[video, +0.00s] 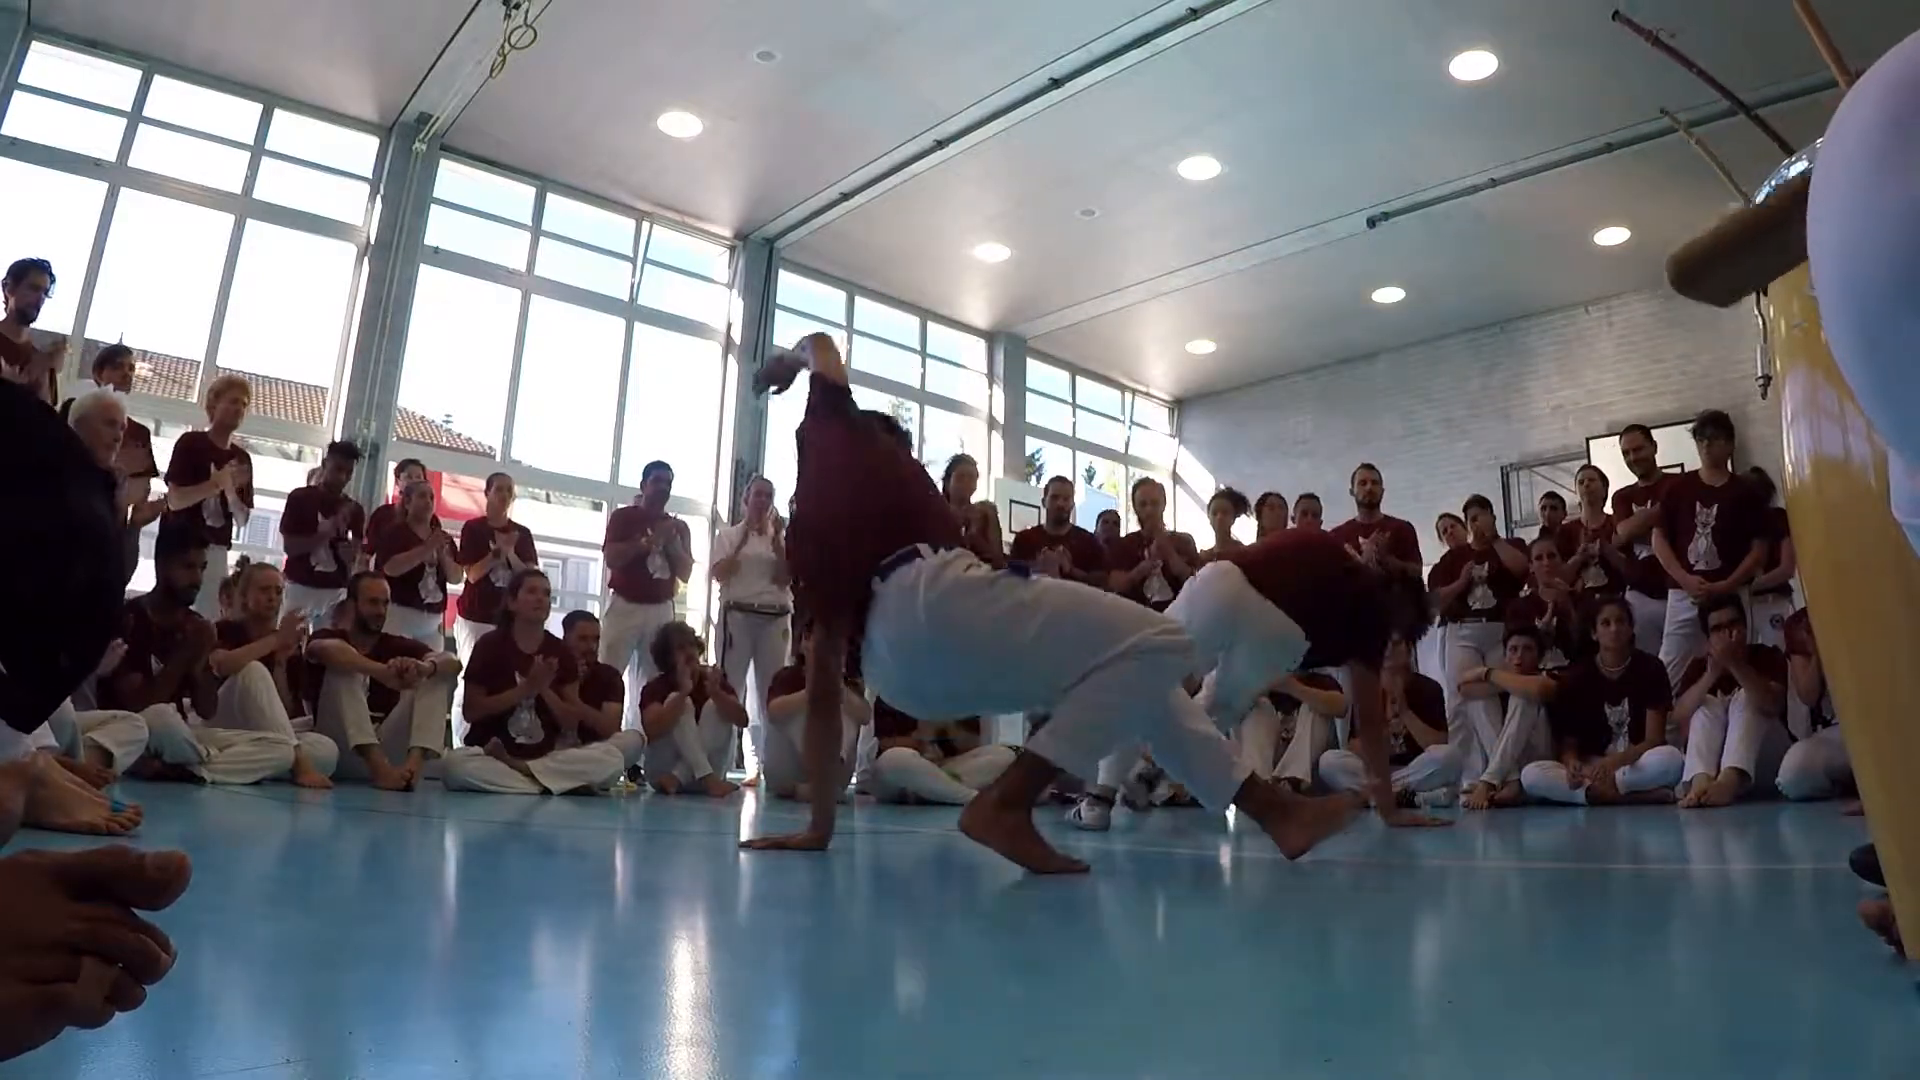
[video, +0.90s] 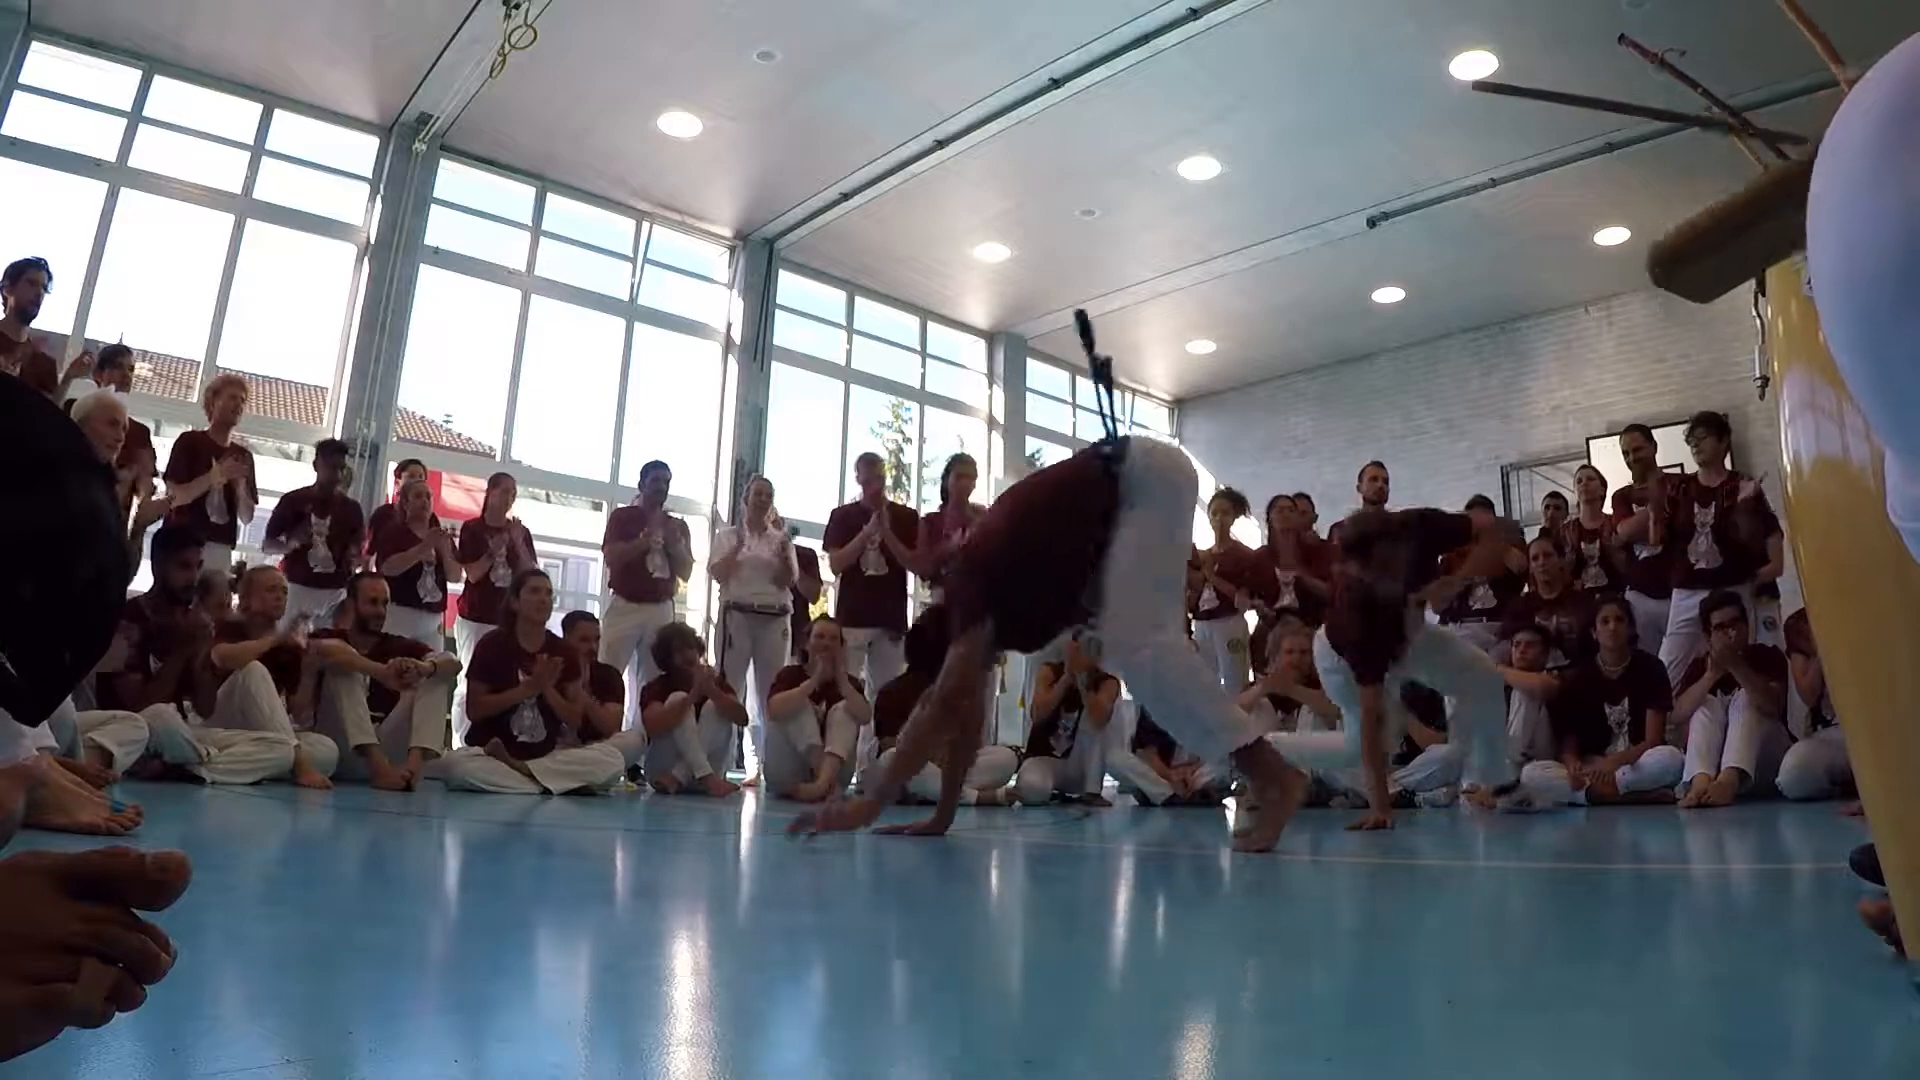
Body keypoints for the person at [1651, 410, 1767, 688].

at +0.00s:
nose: (1706, 446)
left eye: (1714, 440)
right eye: (1701, 440)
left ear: (1730, 445)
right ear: (1696, 445)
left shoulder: (1749, 491)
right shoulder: (1677, 488)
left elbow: (1759, 550)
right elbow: (1658, 539)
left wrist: (1726, 586)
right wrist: (1684, 579)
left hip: (1731, 594)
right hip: (1683, 596)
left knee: (1735, 671)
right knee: (1669, 673)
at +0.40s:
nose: (1702, 443)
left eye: (1710, 437)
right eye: (1697, 438)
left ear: (1729, 443)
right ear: (1693, 445)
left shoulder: (1748, 490)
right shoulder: (1677, 488)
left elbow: (1763, 550)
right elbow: (1653, 538)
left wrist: (1724, 571)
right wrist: (1684, 563)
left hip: (1731, 595)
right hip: (1684, 596)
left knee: (1733, 674)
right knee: (1668, 674)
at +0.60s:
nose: (1698, 445)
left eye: (1706, 438)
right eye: (1695, 440)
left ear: (1726, 443)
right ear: (1691, 446)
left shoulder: (1743, 483)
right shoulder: (1680, 486)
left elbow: (1756, 540)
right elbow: (1664, 536)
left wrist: (1721, 522)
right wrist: (1698, 533)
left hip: (1735, 587)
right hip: (1688, 590)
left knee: (1739, 665)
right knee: (1667, 672)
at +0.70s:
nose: (1697, 445)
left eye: (1705, 438)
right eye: (1694, 440)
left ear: (1726, 443)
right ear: (1691, 446)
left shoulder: (1744, 485)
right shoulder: (1680, 486)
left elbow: (1756, 536)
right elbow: (1662, 535)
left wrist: (1722, 519)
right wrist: (1692, 527)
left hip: (1734, 587)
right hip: (1687, 590)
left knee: (1739, 665)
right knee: (1667, 672)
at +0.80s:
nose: (1695, 446)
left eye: (1702, 439)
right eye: (1691, 441)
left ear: (1724, 443)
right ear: (1688, 446)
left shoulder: (1744, 485)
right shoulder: (1680, 487)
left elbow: (1775, 529)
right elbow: (1651, 539)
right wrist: (1669, 518)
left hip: (1734, 587)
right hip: (1687, 591)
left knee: (1738, 665)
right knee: (1669, 671)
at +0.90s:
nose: (1695, 447)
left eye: (1701, 440)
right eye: (1691, 443)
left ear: (1724, 443)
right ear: (1688, 448)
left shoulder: (1744, 487)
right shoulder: (1680, 489)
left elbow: (1772, 531)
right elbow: (1657, 542)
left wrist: (1776, 567)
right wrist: (1655, 503)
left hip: (1735, 587)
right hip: (1688, 590)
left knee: (1740, 664)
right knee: (1668, 670)